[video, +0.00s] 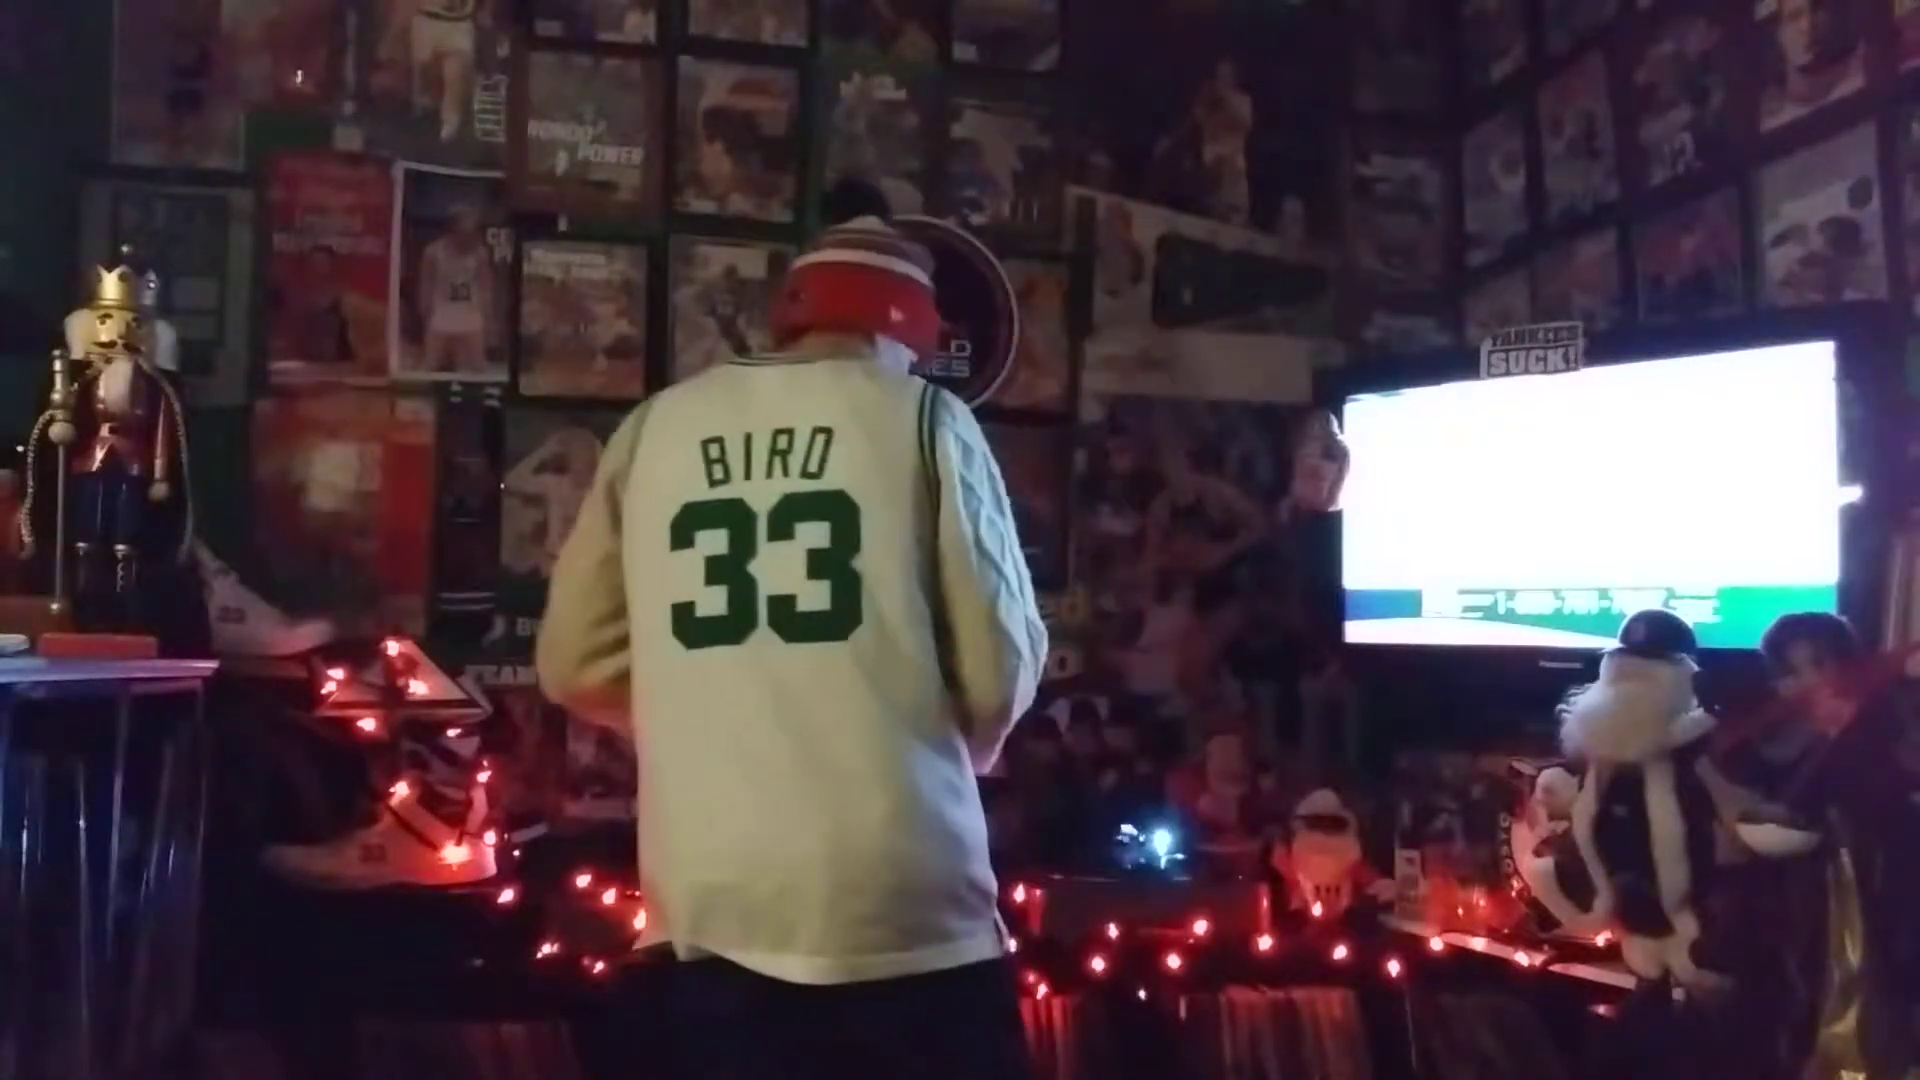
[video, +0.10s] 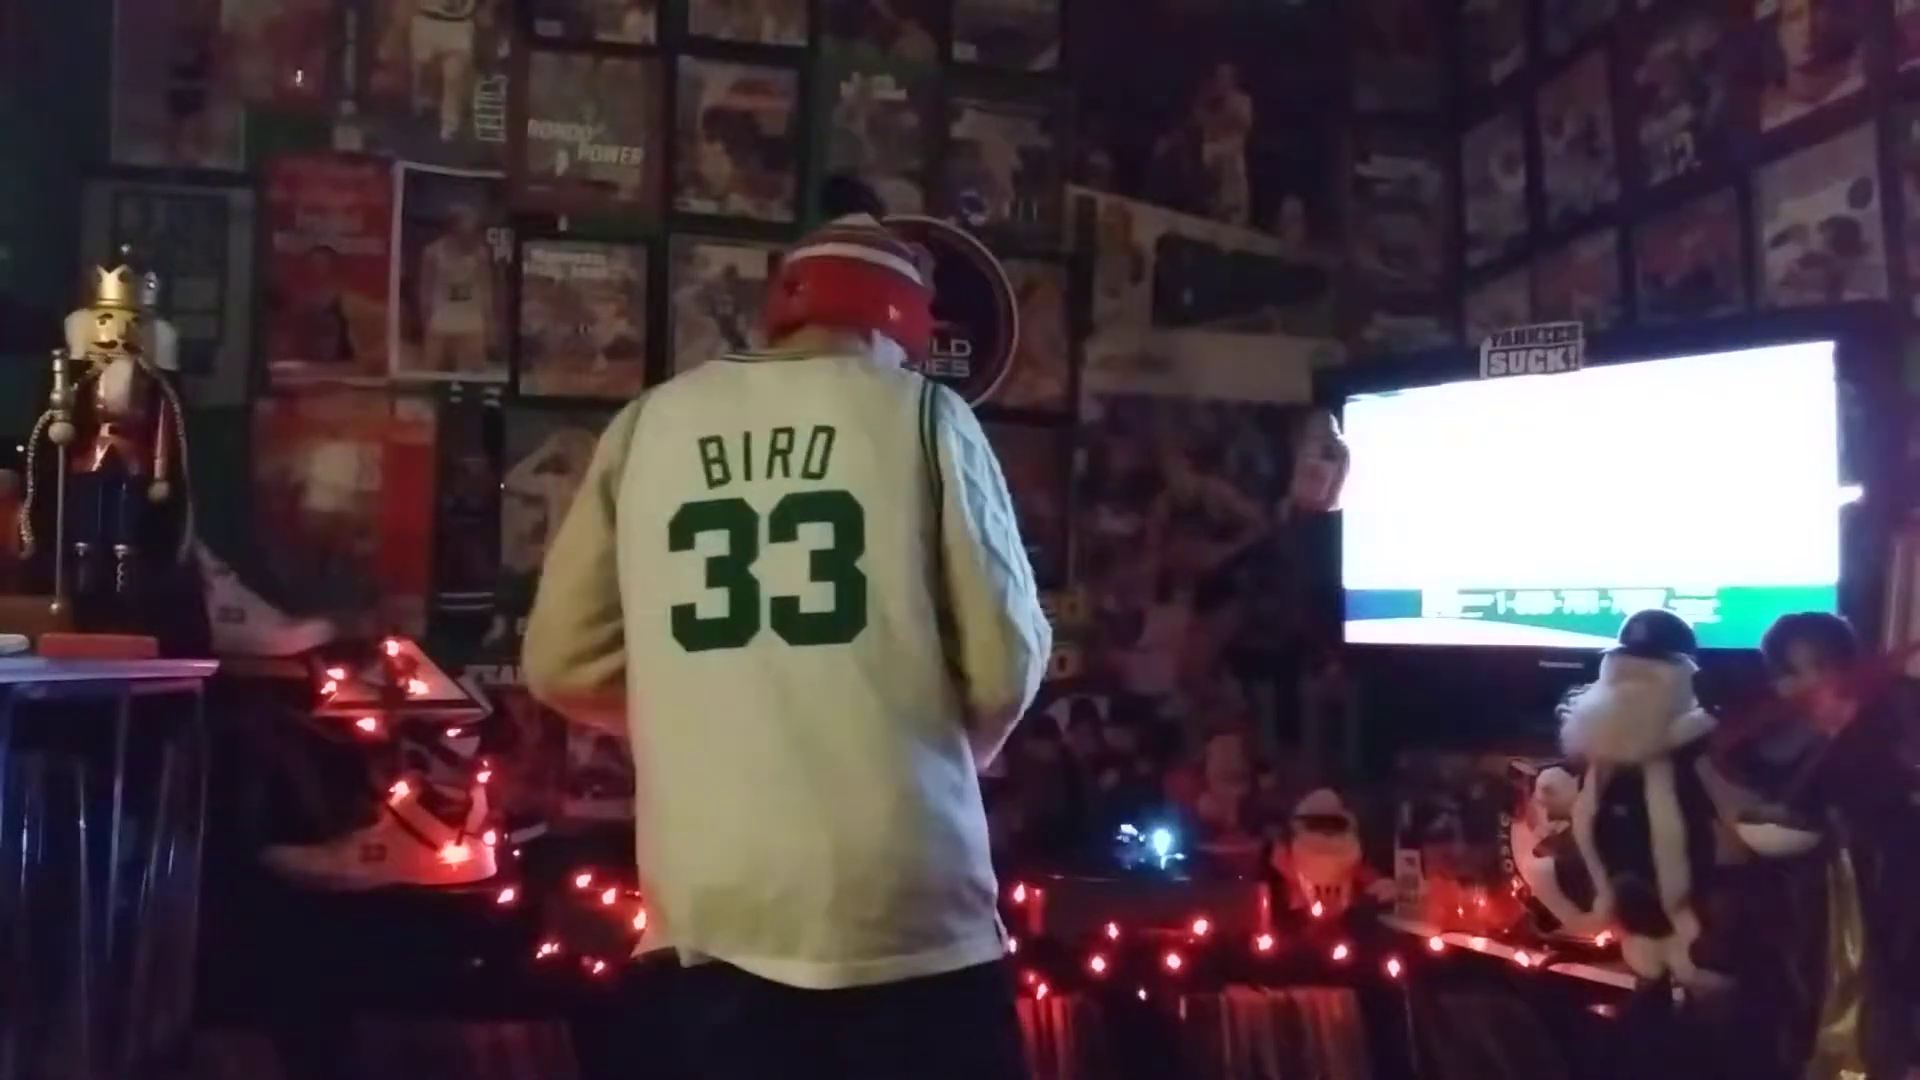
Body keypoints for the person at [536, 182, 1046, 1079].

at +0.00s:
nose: (939, 355)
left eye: (940, 347)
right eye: (936, 342)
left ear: (793, 317)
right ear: (914, 332)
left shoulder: (653, 425)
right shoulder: (929, 420)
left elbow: (574, 659)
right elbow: (996, 676)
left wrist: (710, 724)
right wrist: (935, 764)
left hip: (712, 920)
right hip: (909, 918)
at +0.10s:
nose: (932, 351)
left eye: (933, 340)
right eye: (927, 334)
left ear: (785, 315)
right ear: (904, 329)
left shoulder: (648, 421)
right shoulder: (928, 417)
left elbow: (561, 659)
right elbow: (1003, 669)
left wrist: (705, 714)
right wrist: (929, 763)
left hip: (710, 919)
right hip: (908, 917)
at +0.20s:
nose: (929, 342)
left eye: (927, 324)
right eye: (923, 321)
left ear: (781, 309)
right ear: (899, 317)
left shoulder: (647, 416)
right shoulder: (935, 414)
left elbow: (559, 662)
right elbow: (1014, 668)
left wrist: (703, 718)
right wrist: (914, 752)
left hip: (709, 923)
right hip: (912, 918)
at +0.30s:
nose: (929, 349)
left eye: (928, 336)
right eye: (925, 332)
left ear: (781, 306)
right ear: (905, 322)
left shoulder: (648, 412)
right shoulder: (945, 411)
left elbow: (567, 664)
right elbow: (1025, 677)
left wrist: (706, 703)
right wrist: (907, 748)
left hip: (706, 925)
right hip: (914, 925)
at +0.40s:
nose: (937, 346)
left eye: (935, 331)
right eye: (934, 326)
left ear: (785, 300)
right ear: (916, 317)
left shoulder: (656, 407)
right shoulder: (966, 410)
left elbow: (572, 667)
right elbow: (1037, 687)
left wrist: (716, 708)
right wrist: (912, 746)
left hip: (709, 934)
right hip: (919, 935)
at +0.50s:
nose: (956, 327)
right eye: (955, 309)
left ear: (806, 287)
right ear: (940, 305)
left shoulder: (669, 399)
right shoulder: (990, 407)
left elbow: (575, 663)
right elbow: (1056, 692)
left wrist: (717, 704)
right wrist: (922, 751)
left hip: (719, 936)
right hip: (930, 939)